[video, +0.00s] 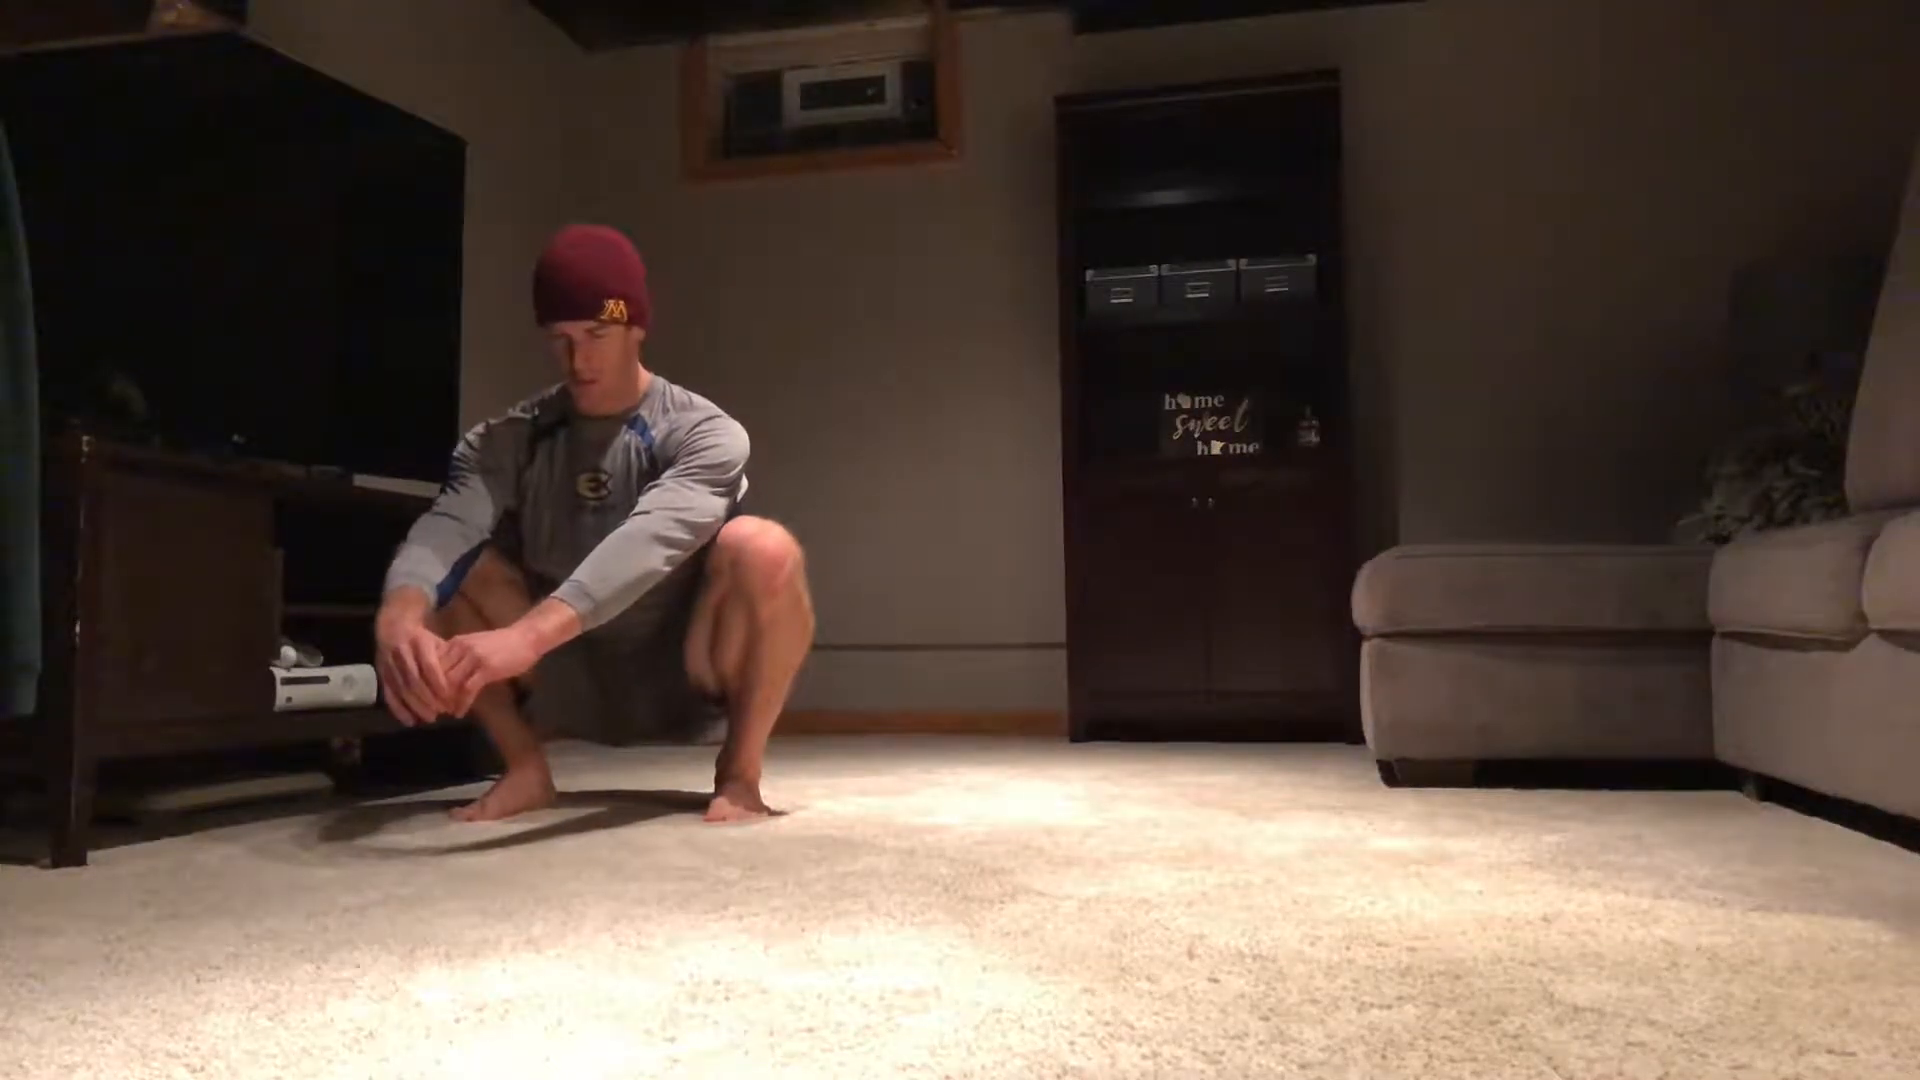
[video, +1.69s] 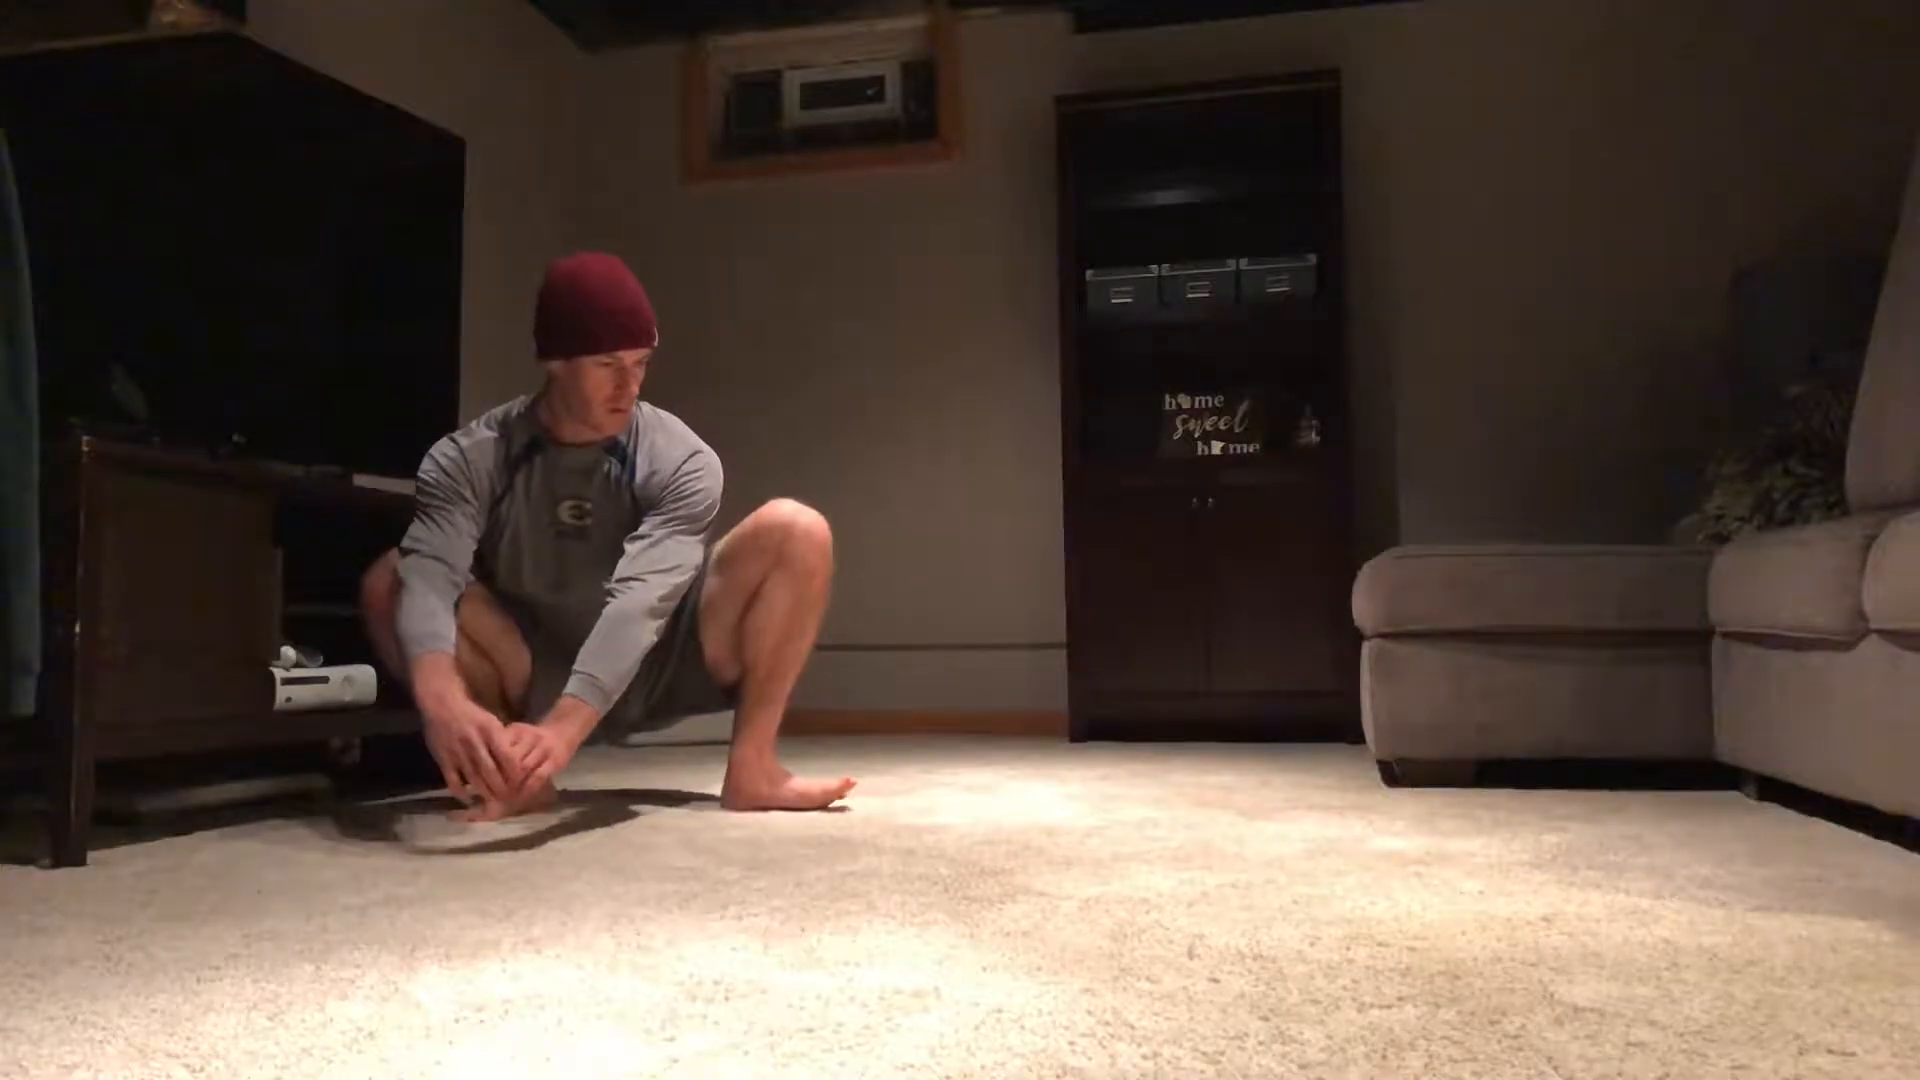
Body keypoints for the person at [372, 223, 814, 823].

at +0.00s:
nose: (578, 363)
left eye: (595, 338)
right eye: (562, 342)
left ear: (637, 330)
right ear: (546, 339)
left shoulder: (707, 436)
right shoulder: (505, 441)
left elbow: (645, 547)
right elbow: (443, 529)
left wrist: (523, 639)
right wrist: (398, 614)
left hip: (681, 679)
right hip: (569, 682)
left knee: (763, 546)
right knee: (447, 571)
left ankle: (741, 778)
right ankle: (524, 770)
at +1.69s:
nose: (629, 387)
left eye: (639, 367)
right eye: (608, 368)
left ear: (650, 362)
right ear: (554, 362)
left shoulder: (682, 465)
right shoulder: (466, 461)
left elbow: (639, 607)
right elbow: (429, 578)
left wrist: (560, 732)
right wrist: (439, 699)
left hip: (649, 668)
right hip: (533, 672)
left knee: (797, 532)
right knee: (390, 584)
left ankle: (754, 770)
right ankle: (511, 772)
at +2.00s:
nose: (642, 404)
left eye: (654, 384)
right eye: (622, 386)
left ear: (667, 375)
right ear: (569, 378)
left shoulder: (694, 479)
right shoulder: (478, 468)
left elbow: (668, 621)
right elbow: (451, 600)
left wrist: (611, 755)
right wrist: (500, 734)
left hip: (659, 670)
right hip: (545, 674)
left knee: (802, 531)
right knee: (395, 586)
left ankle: (754, 769)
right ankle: (525, 776)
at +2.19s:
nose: (659, 414)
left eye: (671, 394)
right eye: (638, 394)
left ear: (684, 387)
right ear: (586, 387)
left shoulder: (709, 487)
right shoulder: (493, 474)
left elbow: (703, 627)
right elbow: (496, 619)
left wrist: (674, 745)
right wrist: (569, 744)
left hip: (663, 679)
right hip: (549, 683)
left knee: (810, 533)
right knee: (402, 585)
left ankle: (757, 768)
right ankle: (526, 771)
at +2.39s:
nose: (684, 428)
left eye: (696, 406)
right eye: (662, 408)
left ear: (706, 397)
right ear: (608, 400)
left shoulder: (730, 490)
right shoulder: (520, 480)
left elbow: (759, 624)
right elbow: (559, 632)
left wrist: (773, 749)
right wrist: (673, 751)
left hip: (683, 670)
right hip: (565, 677)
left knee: (824, 536)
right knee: (417, 588)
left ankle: (757, 766)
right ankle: (525, 773)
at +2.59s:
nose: (720, 449)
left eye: (733, 430)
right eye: (701, 431)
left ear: (744, 418)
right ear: (645, 415)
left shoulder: (751, 492)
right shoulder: (557, 491)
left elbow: (814, 628)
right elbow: (623, 651)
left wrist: (871, 757)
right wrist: (739, 762)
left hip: (690, 656)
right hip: (577, 664)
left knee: (838, 538)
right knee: (428, 595)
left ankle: (771, 762)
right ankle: (525, 772)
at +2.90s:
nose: (786, 469)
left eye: (796, 449)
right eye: (765, 449)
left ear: (806, 441)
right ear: (709, 435)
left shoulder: (804, 494)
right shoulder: (617, 496)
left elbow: (879, 633)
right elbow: (680, 669)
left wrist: (968, 778)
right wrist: (807, 779)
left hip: (717, 635)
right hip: (598, 630)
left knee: (880, 555)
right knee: (443, 610)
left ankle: (752, 774)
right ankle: (520, 766)